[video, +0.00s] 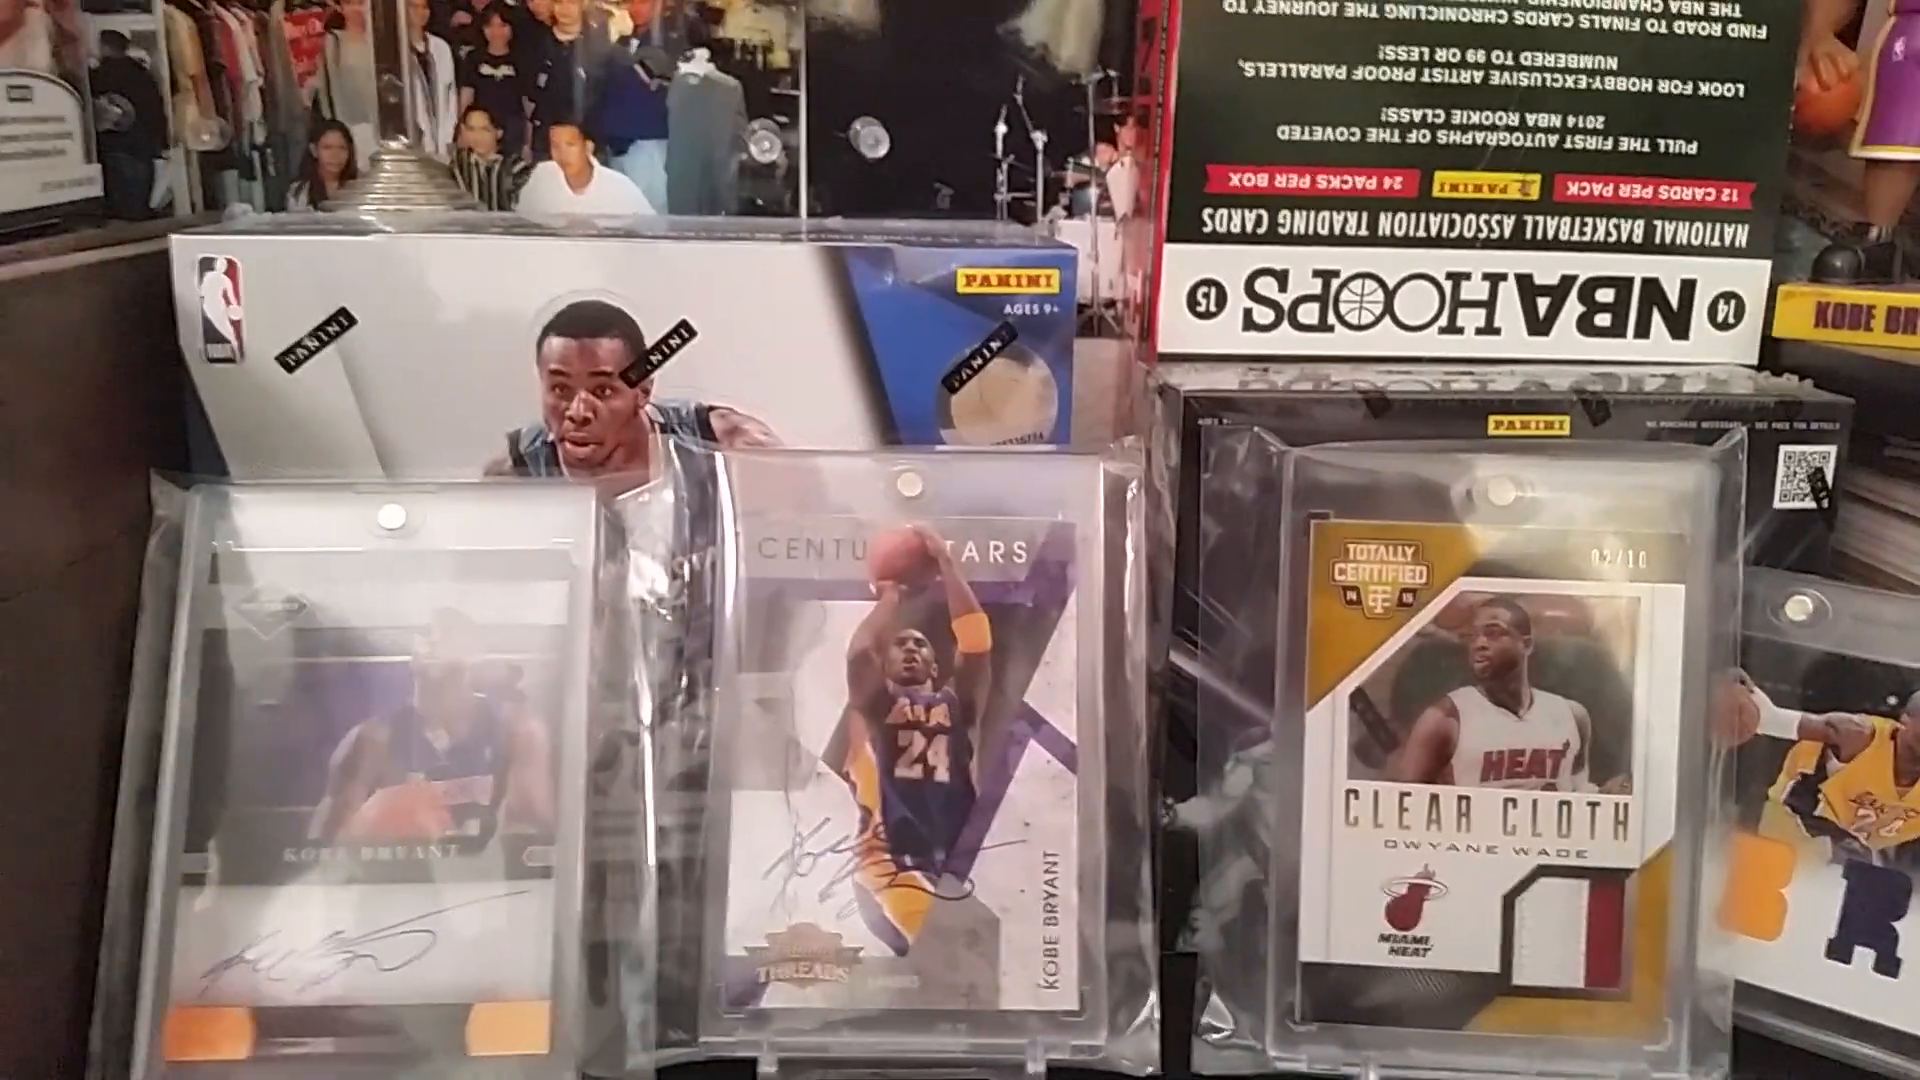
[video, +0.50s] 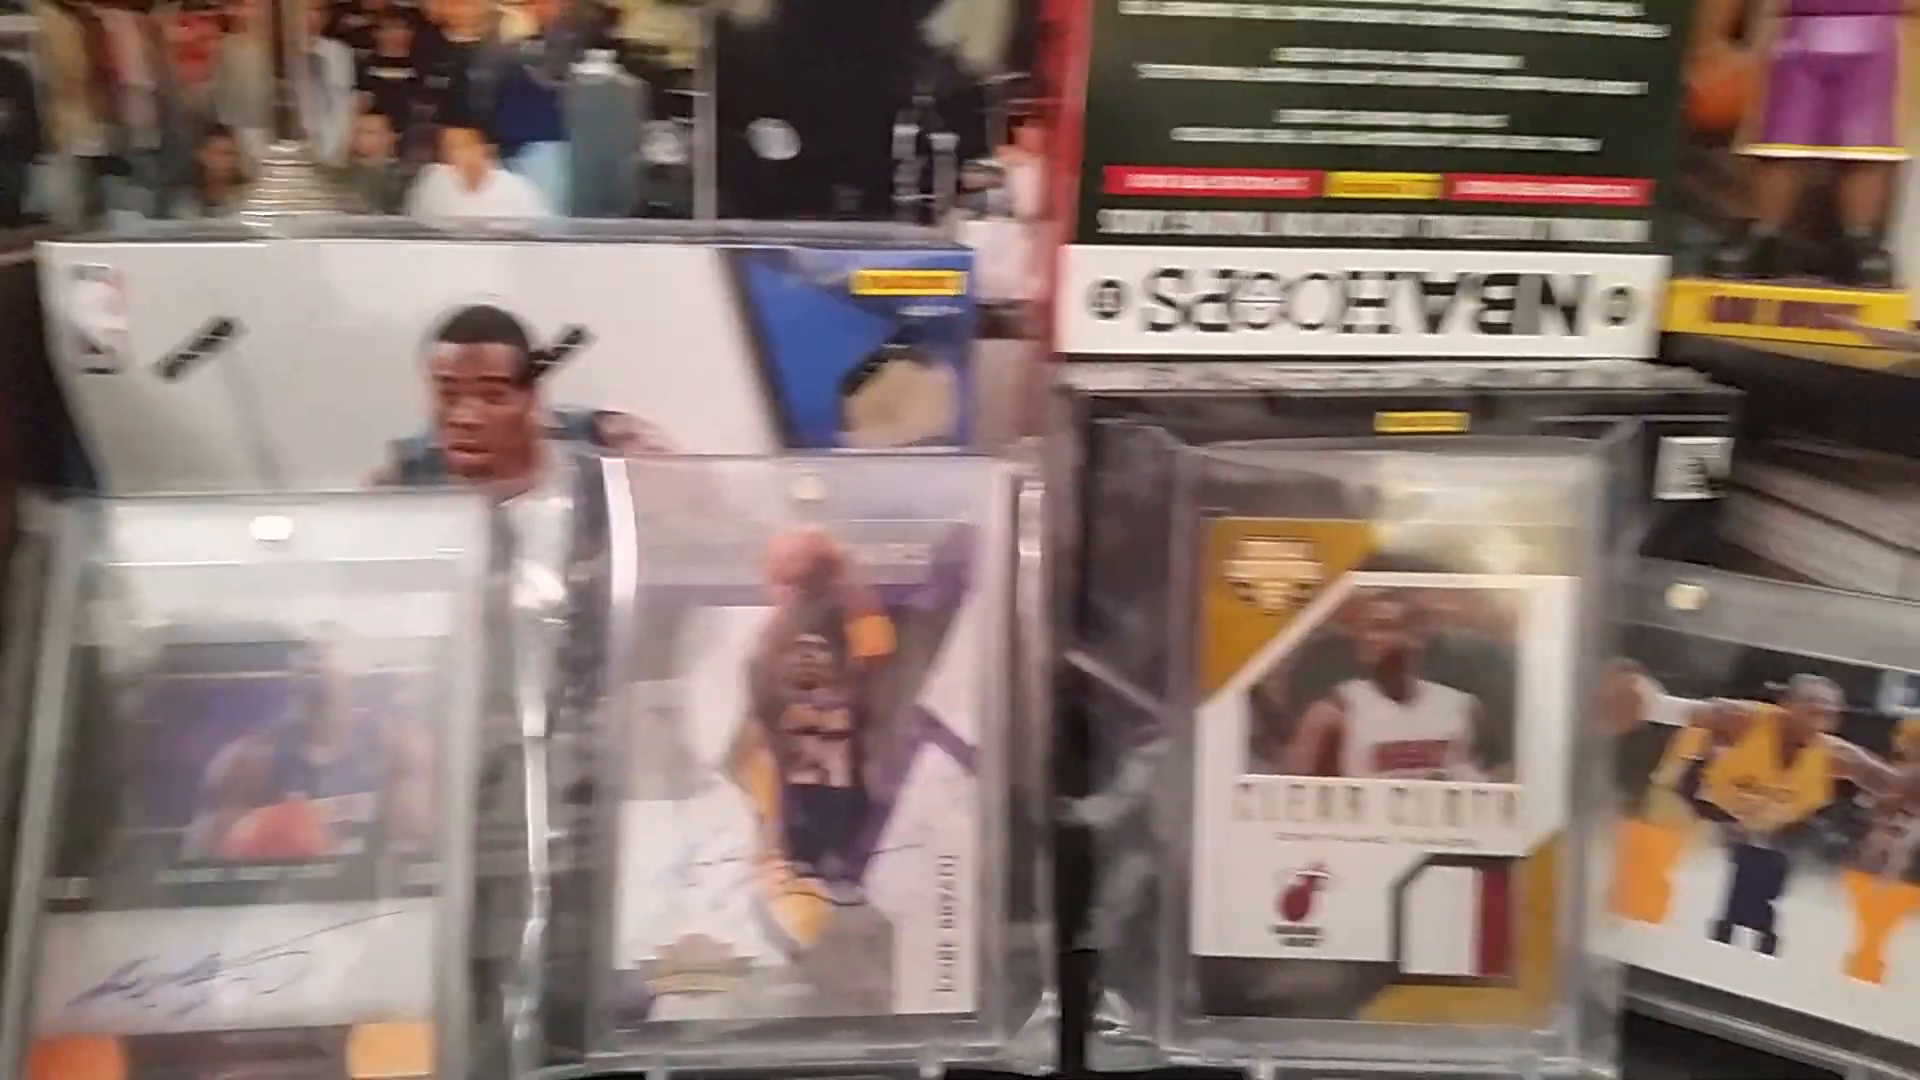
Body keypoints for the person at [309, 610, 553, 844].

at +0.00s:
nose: (431, 644)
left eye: (448, 632)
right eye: (422, 632)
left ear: (471, 651)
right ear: (409, 647)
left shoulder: (517, 730)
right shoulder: (369, 741)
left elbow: (531, 825)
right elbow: (321, 846)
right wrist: (388, 820)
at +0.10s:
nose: (440, 642)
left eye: (456, 632)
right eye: (430, 631)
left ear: (480, 649)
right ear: (415, 647)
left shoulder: (522, 727)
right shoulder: (374, 740)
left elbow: (533, 823)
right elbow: (322, 853)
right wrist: (383, 820)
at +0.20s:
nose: (437, 642)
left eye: (453, 632)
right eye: (427, 632)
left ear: (477, 650)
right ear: (414, 648)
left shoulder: (519, 729)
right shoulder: (371, 740)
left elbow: (533, 827)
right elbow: (321, 850)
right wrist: (379, 825)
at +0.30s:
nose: (429, 646)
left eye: (445, 637)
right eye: (420, 636)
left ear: (469, 654)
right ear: (406, 651)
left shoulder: (511, 731)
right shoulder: (362, 743)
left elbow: (524, 829)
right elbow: (315, 848)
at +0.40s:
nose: (400, 677)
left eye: (413, 665)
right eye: (389, 662)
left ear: (438, 674)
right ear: (374, 672)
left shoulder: (479, 739)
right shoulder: (327, 749)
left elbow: (492, 834)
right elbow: (282, 848)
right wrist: (352, 821)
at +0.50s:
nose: (315, 682)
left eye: (327, 670)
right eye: (304, 671)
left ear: (355, 679)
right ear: (290, 681)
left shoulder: (401, 747)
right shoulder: (243, 762)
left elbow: (412, 846)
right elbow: (199, 851)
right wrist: (269, 834)